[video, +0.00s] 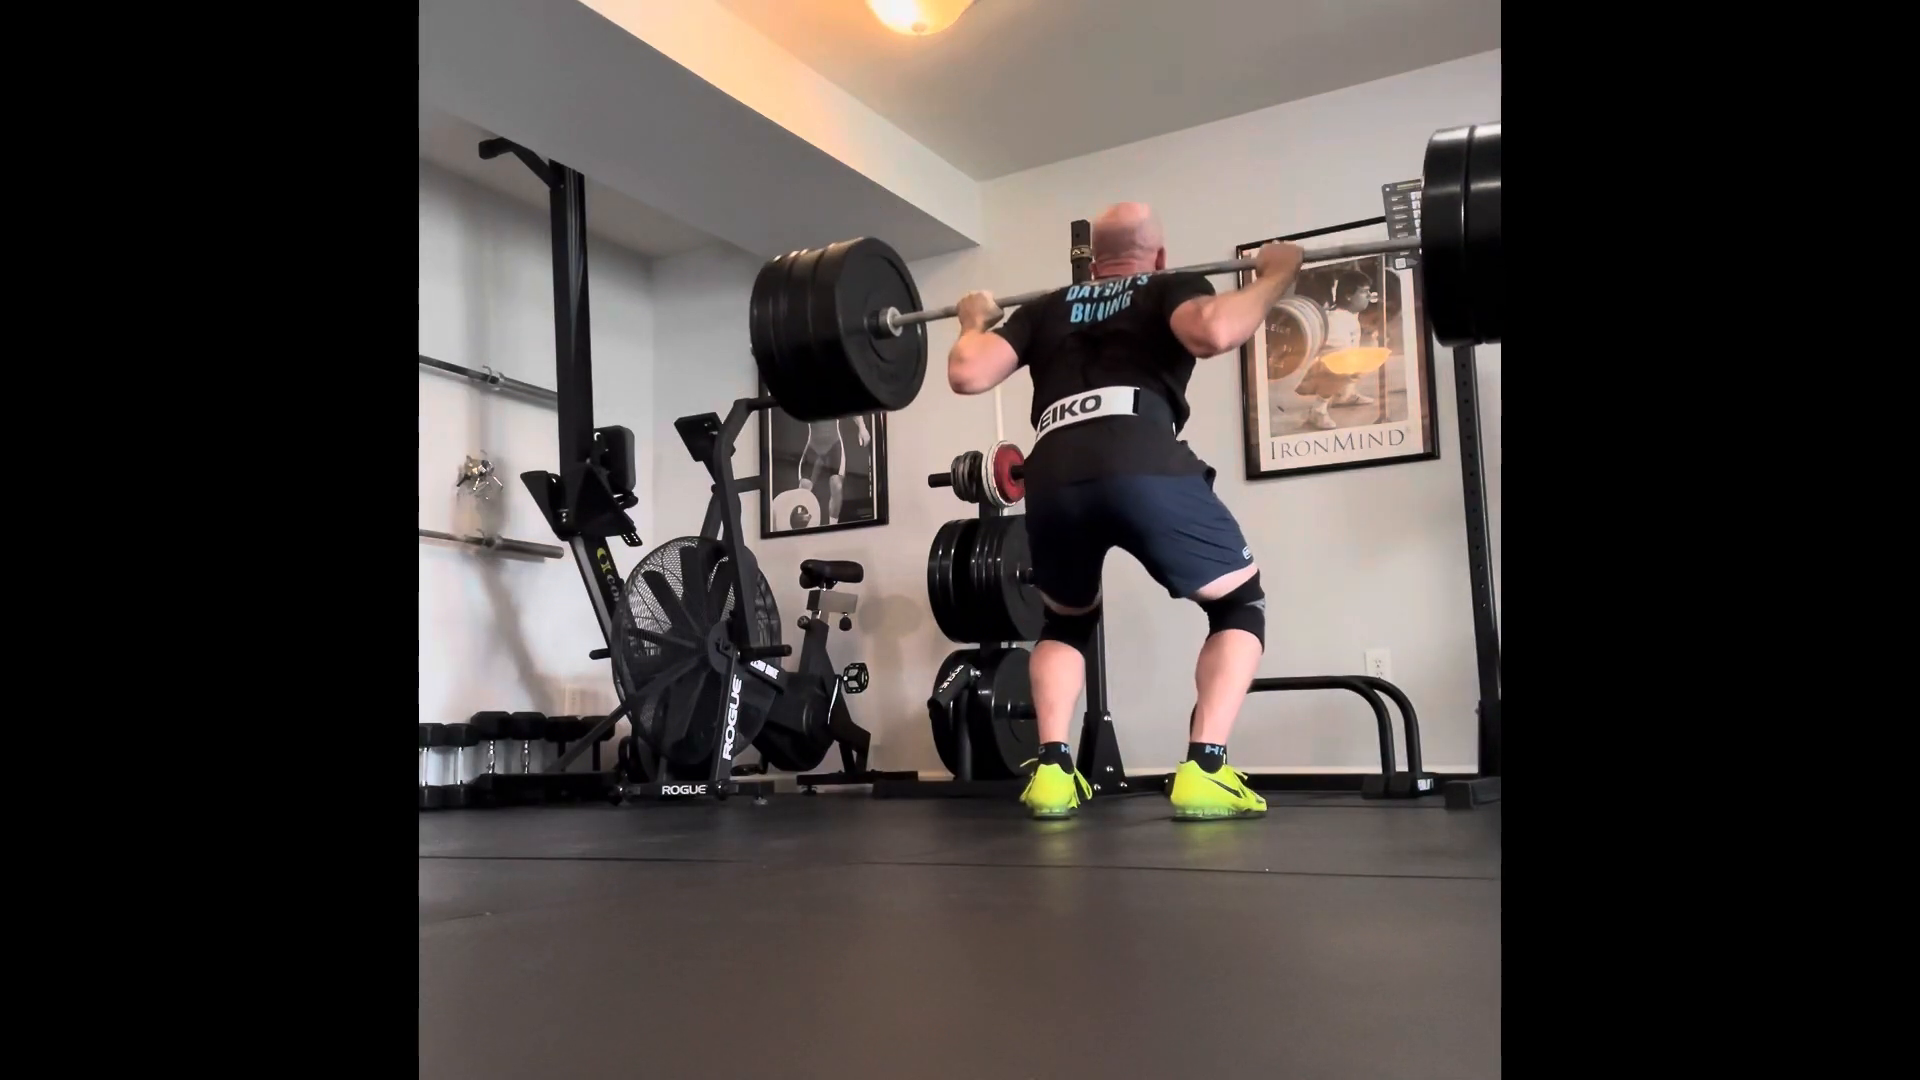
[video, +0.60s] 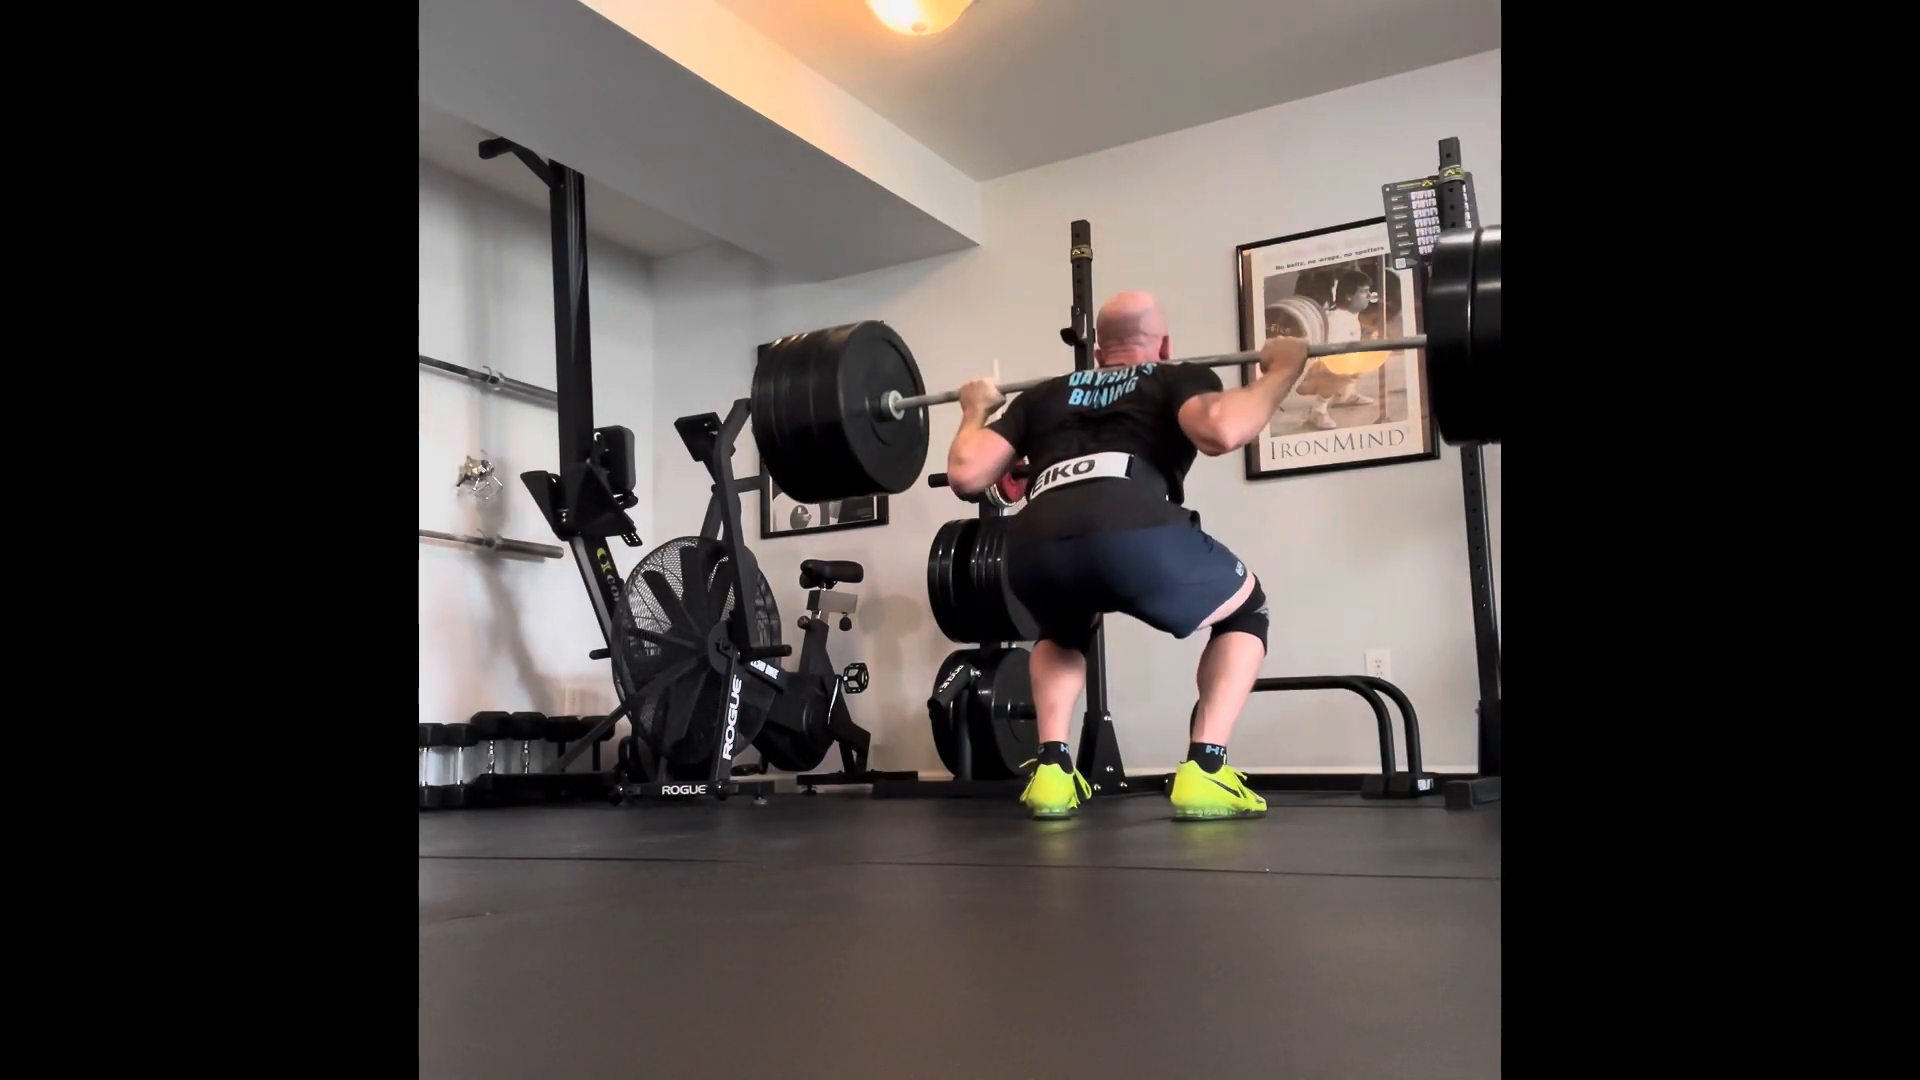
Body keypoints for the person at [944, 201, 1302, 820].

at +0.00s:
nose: (1163, 257)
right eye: (1161, 250)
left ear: (1092, 257)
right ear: (1157, 255)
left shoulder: (1045, 308)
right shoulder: (1168, 285)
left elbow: (965, 375)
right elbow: (1216, 331)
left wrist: (973, 320)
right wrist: (1275, 276)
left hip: (1052, 467)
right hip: (1141, 453)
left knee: (1065, 618)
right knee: (1237, 605)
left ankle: (1052, 766)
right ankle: (1205, 765)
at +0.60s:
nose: (1164, 346)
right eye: (1163, 340)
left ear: (1098, 348)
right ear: (1160, 345)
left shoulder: (1042, 395)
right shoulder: (1174, 377)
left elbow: (965, 475)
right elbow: (1221, 431)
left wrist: (972, 410)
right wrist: (1280, 371)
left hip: (1034, 538)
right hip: (1131, 526)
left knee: (1061, 629)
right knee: (1243, 611)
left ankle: (1051, 769)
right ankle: (1205, 767)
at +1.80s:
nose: (1172, 385)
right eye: (1171, 379)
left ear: (1105, 384)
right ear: (1166, 382)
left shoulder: (1049, 422)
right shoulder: (1178, 409)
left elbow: (964, 501)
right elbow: (1223, 457)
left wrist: (975, 441)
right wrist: (1284, 405)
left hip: (1031, 550)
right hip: (1131, 541)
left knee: (1070, 626)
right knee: (1225, 606)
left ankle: (1054, 770)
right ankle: (1203, 768)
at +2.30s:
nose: (1160, 258)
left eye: (1156, 251)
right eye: (1159, 250)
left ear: (1092, 256)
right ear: (1155, 255)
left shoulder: (1043, 308)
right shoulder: (1169, 288)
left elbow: (963, 376)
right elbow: (1215, 333)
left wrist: (968, 324)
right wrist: (1273, 279)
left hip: (1046, 460)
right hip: (1138, 444)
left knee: (1092, 608)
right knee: (1224, 597)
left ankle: (1056, 764)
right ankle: (1204, 766)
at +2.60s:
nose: (1152, 154)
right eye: (1153, 145)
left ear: (1085, 156)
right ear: (1152, 150)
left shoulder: (1046, 214)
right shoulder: (1171, 186)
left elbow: (970, 286)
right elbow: (1213, 236)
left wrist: (968, 228)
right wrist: (1270, 168)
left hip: (1065, 392)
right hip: (1154, 384)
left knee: (1071, 581)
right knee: (1185, 577)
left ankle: (1052, 764)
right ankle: (1200, 764)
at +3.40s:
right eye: (1138, 135)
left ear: (1074, 145)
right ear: (1143, 138)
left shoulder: (1034, 199)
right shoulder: (1158, 166)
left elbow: (961, 271)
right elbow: (1213, 208)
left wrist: (959, 213)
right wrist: (1265, 142)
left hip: (1066, 389)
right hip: (1155, 380)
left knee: (1062, 575)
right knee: (1172, 571)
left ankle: (1050, 764)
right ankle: (1197, 765)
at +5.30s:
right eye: (1149, 217)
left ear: (1079, 227)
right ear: (1151, 223)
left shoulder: (1039, 273)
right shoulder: (1165, 251)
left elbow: (958, 325)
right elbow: (1211, 290)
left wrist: (968, 282)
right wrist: (1270, 234)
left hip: (1051, 436)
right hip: (1144, 424)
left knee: (1053, 606)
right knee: (1217, 592)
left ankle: (1050, 765)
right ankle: (1201, 765)